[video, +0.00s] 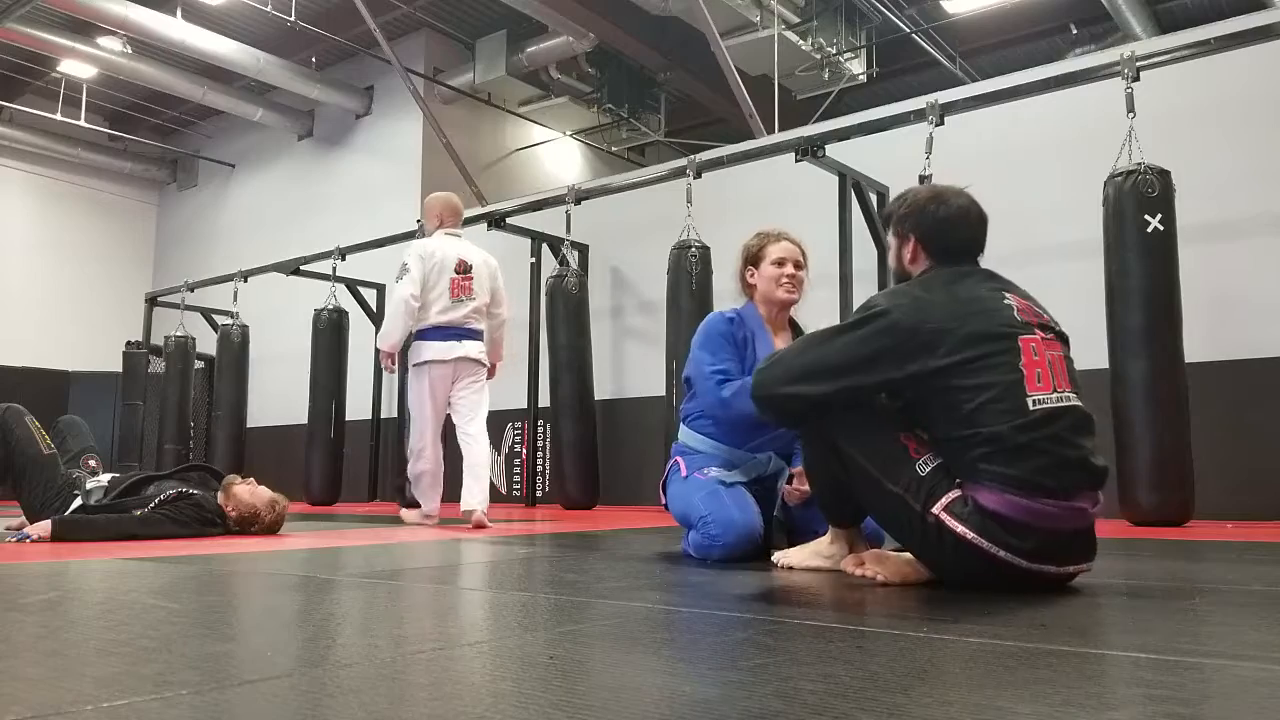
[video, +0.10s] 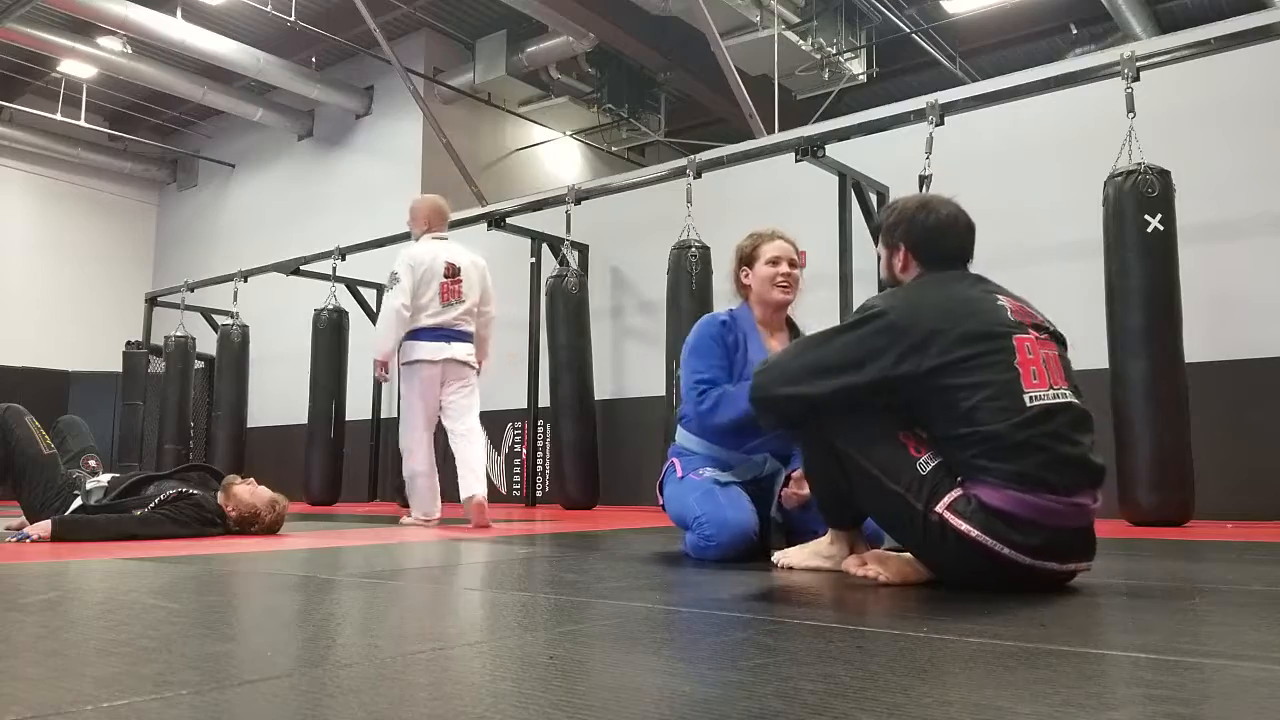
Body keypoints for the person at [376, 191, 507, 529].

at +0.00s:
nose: (424, 223)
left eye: (425, 218)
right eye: (425, 218)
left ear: (436, 218)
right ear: (459, 220)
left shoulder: (421, 250)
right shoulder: (485, 258)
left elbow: (407, 296)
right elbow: (498, 314)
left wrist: (388, 343)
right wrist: (494, 355)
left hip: (429, 350)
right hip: (473, 352)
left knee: (425, 430)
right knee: (474, 430)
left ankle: (426, 509)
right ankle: (476, 505)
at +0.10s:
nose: (409, 225)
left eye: (411, 219)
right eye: (409, 219)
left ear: (423, 221)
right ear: (445, 222)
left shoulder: (411, 255)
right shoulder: (474, 259)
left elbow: (398, 305)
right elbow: (486, 314)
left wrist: (383, 350)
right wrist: (480, 353)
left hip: (420, 353)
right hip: (462, 354)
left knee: (416, 431)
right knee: (466, 426)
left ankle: (425, 510)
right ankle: (476, 494)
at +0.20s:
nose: (397, 228)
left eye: (399, 223)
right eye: (397, 223)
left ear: (410, 224)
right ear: (434, 223)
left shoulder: (402, 258)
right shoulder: (463, 260)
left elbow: (387, 312)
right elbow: (475, 313)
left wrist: (371, 354)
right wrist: (467, 353)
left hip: (409, 354)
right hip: (449, 354)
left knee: (410, 430)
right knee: (457, 426)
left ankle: (420, 510)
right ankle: (472, 475)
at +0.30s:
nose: (386, 230)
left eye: (389, 225)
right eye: (387, 225)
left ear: (402, 225)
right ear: (422, 225)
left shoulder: (392, 259)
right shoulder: (452, 261)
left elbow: (378, 312)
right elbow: (466, 314)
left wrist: (358, 353)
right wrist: (457, 353)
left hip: (401, 352)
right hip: (440, 353)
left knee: (406, 430)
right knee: (440, 429)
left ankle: (420, 510)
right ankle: (459, 480)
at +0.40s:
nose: (375, 229)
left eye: (379, 224)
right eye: (377, 223)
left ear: (395, 227)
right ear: (410, 227)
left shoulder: (384, 261)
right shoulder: (439, 262)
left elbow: (364, 313)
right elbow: (454, 317)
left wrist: (345, 348)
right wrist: (449, 357)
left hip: (394, 355)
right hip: (430, 355)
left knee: (402, 431)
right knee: (415, 429)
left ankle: (423, 507)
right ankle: (423, 499)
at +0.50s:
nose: (363, 232)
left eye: (368, 227)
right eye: (365, 227)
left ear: (386, 232)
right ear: (397, 233)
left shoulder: (370, 263)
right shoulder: (426, 267)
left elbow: (350, 313)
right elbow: (441, 319)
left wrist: (331, 342)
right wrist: (440, 358)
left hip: (384, 357)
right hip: (419, 358)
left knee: (398, 434)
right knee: (389, 433)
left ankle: (422, 509)